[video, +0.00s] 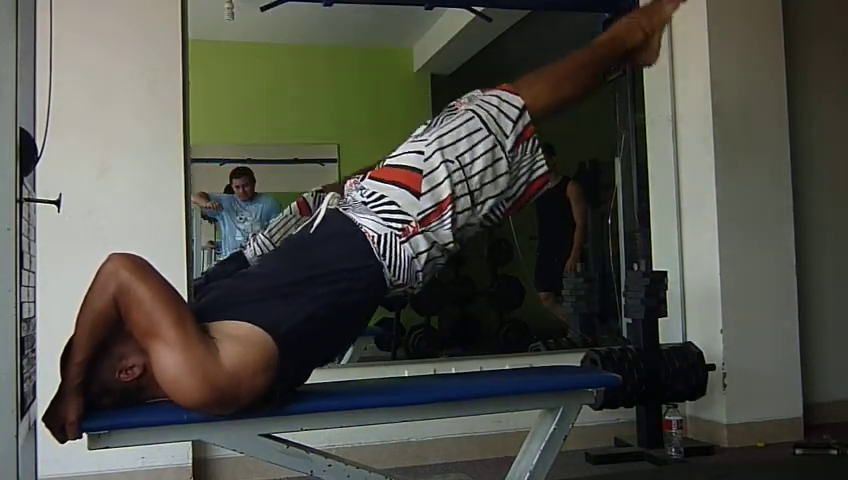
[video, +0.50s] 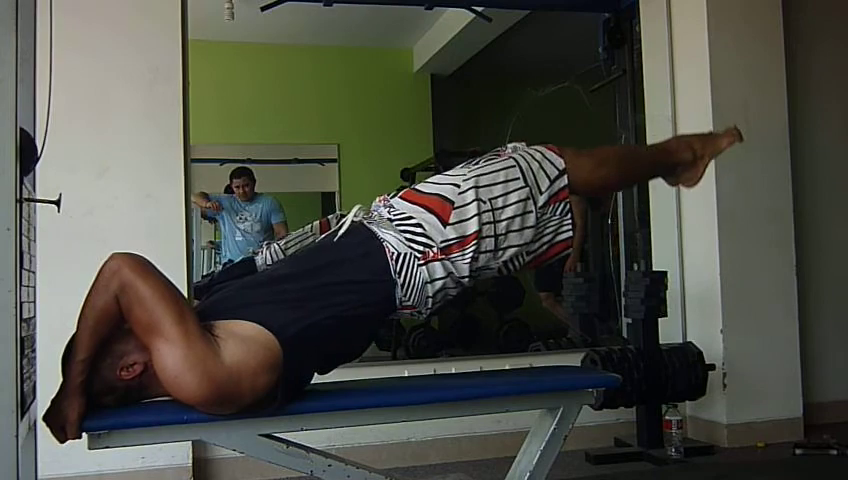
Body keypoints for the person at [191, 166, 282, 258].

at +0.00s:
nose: (242, 191)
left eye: (246, 186)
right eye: (237, 187)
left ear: (254, 184)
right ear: (232, 187)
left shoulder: (269, 203)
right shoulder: (225, 202)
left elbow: (278, 232)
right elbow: (195, 197)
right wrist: (206, 203)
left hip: (261, 261)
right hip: (231, 263)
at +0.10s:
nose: (242, 192)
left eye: (246, 186)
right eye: (237, 188)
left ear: (254, 184)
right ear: (232, 188)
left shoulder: (268, 203)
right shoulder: (225, 202)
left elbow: (283, 229)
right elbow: (195, 197)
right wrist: (206, 203)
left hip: (260, 260)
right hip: (230, 261)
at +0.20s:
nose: (242, 191)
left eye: (246, 186)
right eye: (237, 187)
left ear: (254, 184)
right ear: (232, 187)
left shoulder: (268, 203)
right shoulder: (225, 202)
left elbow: (280, 231)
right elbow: (195, 197)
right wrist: (206, 203)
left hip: (259, 260)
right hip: (230, 262)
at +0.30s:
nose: (242, 191)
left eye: (245, 186)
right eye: (237, 187)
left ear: (254, 184)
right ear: (232, 187)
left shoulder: (268, 203)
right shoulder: (225, 202)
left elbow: (281, 232)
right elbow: (195, 197)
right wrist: (206, 203)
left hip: (260, 263)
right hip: (230, 265)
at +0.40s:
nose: (242, 191)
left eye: (245, 186)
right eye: (237, 187)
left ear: (254, 184)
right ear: (232, 187)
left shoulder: (269, 203)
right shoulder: (225, 202)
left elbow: (281, 232)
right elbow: (195, 197)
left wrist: (268, 250)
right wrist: (206, 203)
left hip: (260, 264)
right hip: (231, 266)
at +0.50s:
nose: (242, 191)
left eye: (246, 186)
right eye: (237, 187)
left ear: (254, 184)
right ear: (232, 187)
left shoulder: (269, 203)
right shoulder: (224, 202)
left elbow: (281, 233)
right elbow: (196, 197)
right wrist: (206, 203)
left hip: (262, 264)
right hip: (232, 266)